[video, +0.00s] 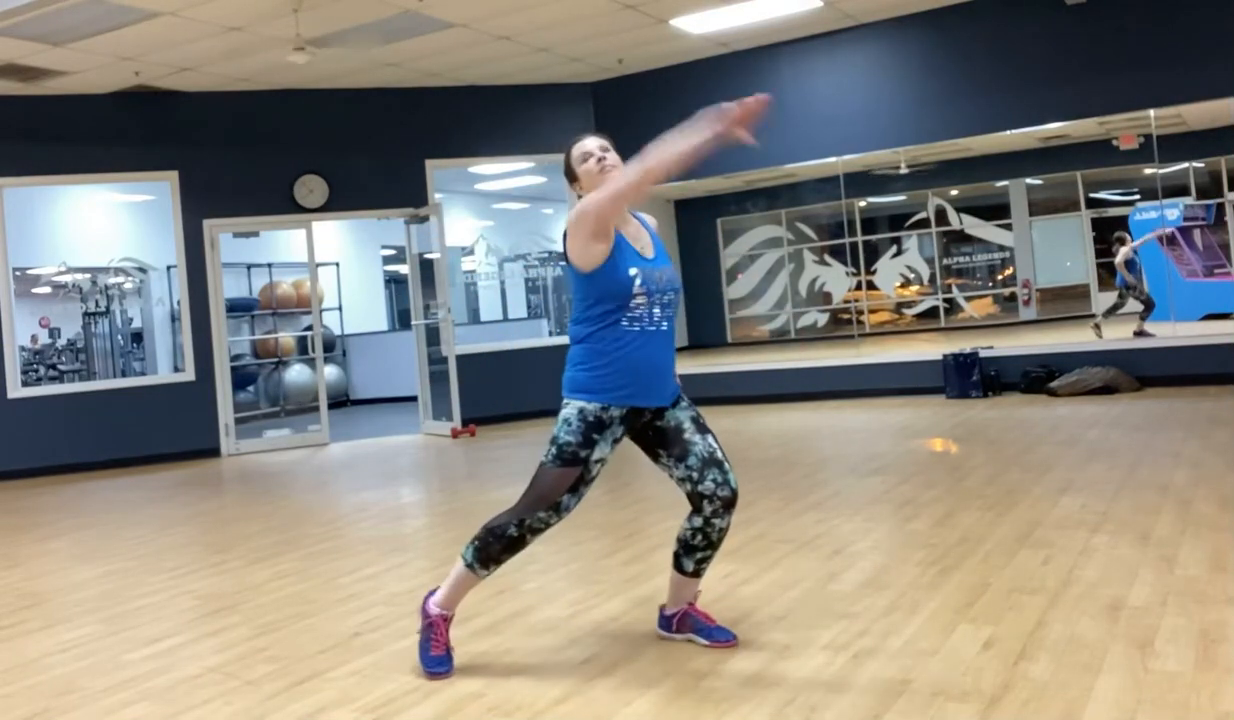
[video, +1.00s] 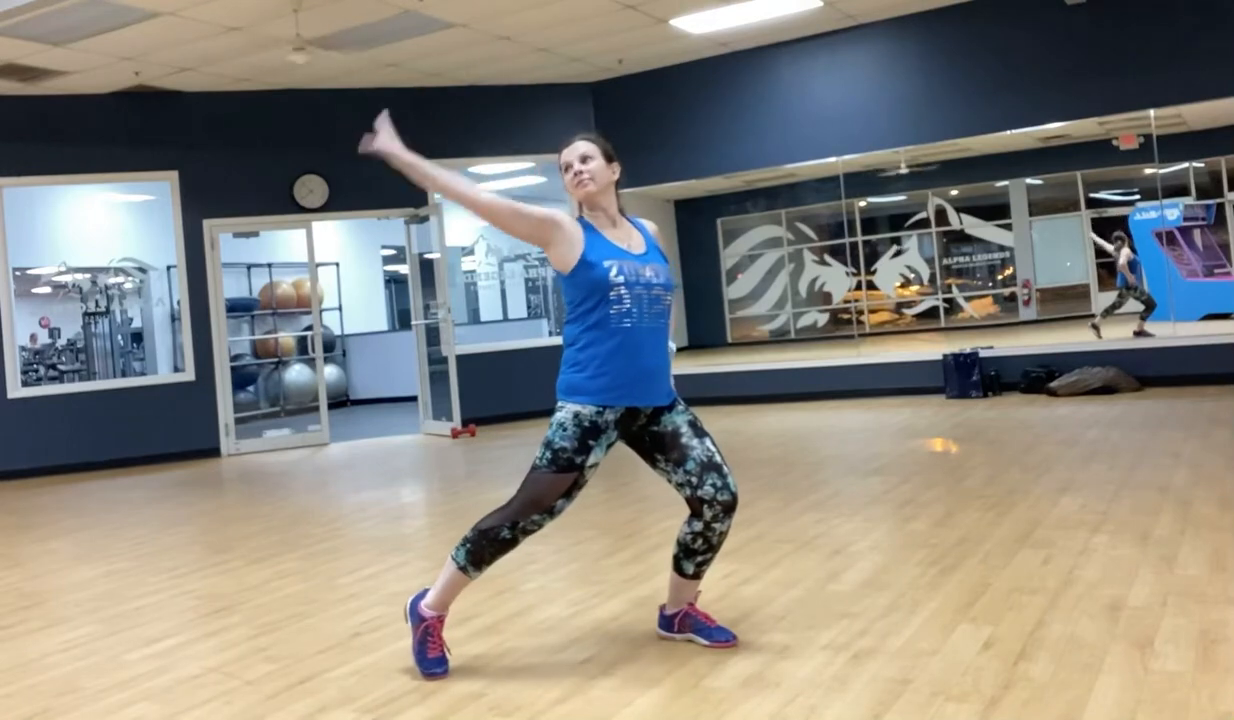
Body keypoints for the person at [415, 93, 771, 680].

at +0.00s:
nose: (601, 157)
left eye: (607, 150)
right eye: (587, 158)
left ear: (623, 164)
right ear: (578, 184)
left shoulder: (645, 224)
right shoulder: (588, 222)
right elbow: (649, 168)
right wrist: (713, 125)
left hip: (659, 395)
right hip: (597, 398)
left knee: (717, 493)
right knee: (539, 510)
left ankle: (679, 609)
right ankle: (440, 608)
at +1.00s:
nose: (575, 170)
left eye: (585, 160)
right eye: (566, 169)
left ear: (615, 171)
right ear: (565, 187)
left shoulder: (645, 234)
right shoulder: (562, 230)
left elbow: (655, 310)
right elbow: (473, 197)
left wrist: (659, 369)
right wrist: (400, 154)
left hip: (655, 400)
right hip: (589, 404)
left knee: (717, 497)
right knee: (531, 511)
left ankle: (679, 609)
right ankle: (429, 609)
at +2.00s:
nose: (532, 194)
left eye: (541, 180)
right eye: (521, 184)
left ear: (566, 168)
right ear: (513, 181)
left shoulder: (600, 213)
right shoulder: (526, 231)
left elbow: (687, 208)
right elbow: (534, 301)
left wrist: (769, 180)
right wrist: (519, 348)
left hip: (608, 390)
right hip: (542, 398)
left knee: (672, 497)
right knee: (501, 499)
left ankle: (752, 583)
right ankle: (539, 620)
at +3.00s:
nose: (528, 151)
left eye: (542, 147)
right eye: (530, 145)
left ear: (567, 169)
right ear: (544, 170)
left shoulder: (565, 209)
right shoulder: (546, 225)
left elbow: (506, 134)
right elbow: (584, 304)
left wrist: (467, 64)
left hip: (593, 398)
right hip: (539, 405)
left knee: (655, 507)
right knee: (496, 506)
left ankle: (752, 582)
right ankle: (539, 620)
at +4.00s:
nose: (559, 154)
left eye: (567, 142)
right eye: (547, 146)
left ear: (582, 138)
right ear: (530, 149)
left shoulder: (613, 181)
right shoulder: (510, 205)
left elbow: (685, 135)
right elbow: (428, 214)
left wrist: (743, 89)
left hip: (628, 363)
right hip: (551, 375)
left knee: (681, 467)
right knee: (528, 492)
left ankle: (685, 595)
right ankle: (537, 617)